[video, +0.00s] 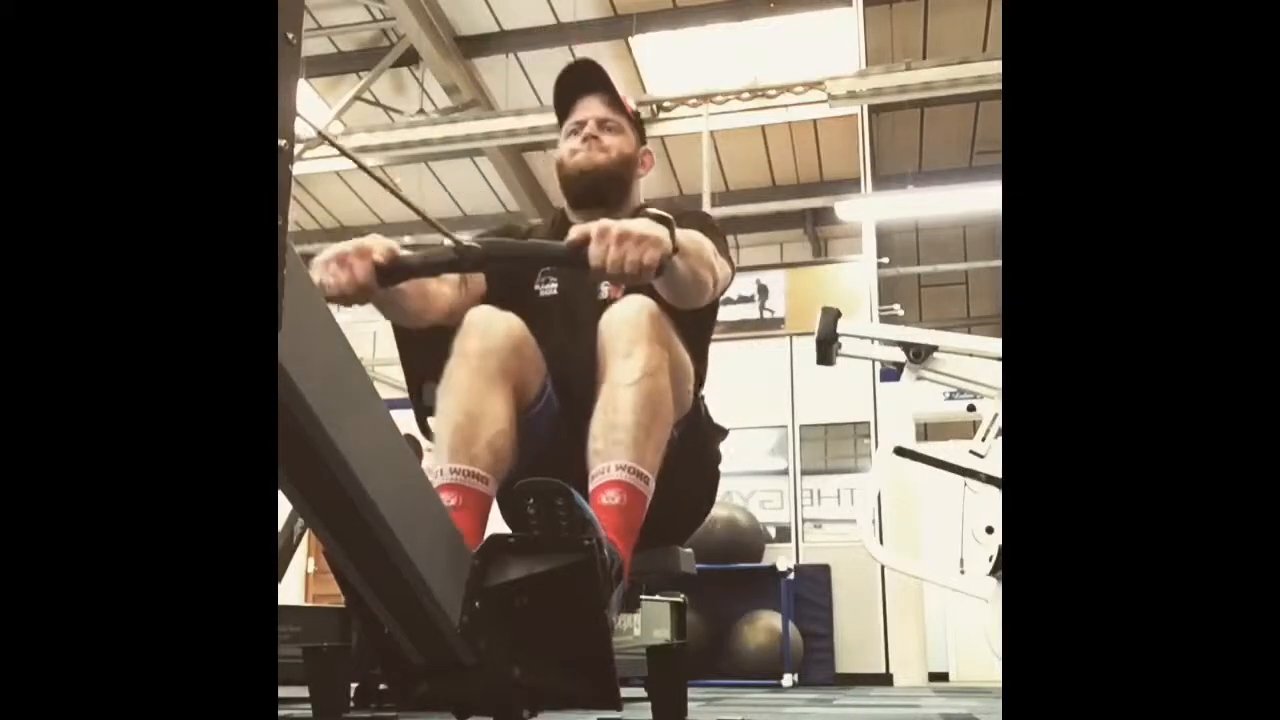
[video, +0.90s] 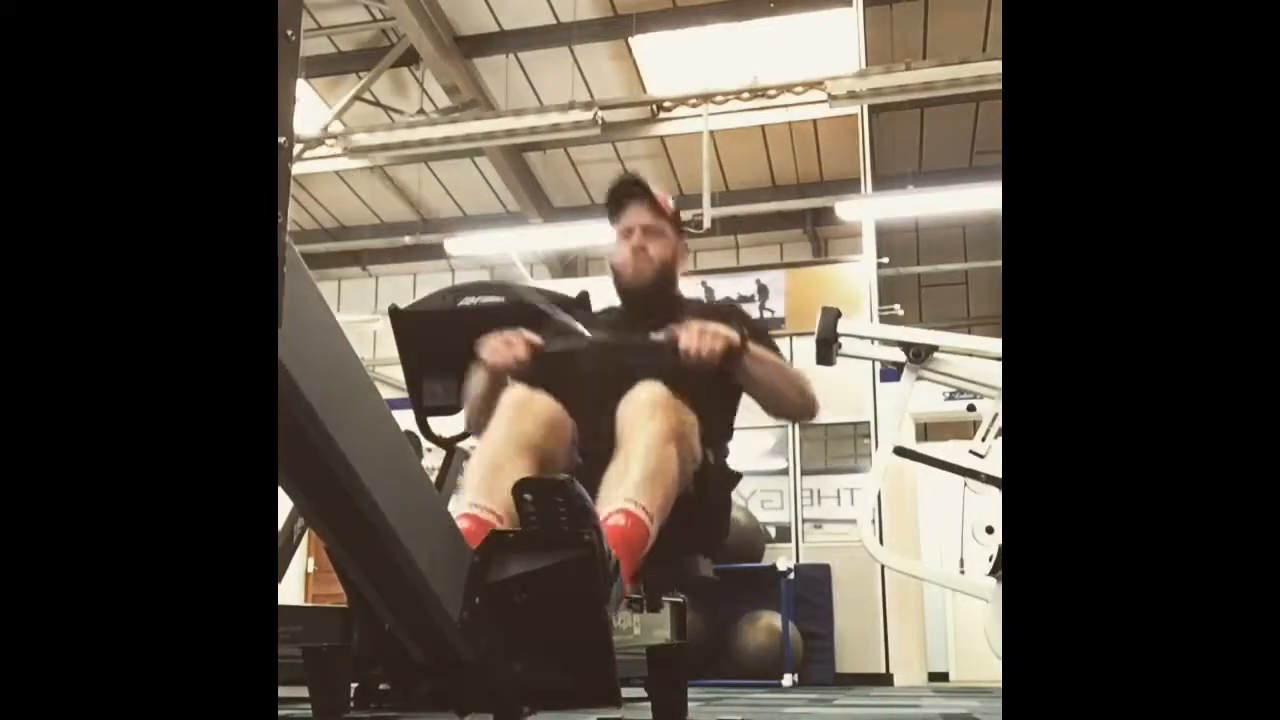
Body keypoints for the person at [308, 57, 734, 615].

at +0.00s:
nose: (588, 134)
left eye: (608, 127)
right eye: (574, 131)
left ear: (643, 159)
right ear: (557, 164)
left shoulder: (683, 228)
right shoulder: (518, 244)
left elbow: (702, 284)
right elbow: (445, 293)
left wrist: (663, 248)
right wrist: (383, 280)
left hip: (656, 475)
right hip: (537, 474)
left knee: (635, 317)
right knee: (485, 327)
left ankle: (606, 562)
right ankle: (448, 563)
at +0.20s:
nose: (608, 168)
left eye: (626, 162)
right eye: (595, 164)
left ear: (658, 192)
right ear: (579, 196)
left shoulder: (695, 257)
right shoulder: (546, 270)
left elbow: (712, 310)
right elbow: (480, 320)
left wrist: (683, 279)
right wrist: (429, 313)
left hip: (669, 487)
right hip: (559, 483)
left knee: (649, 357)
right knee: (497, 365)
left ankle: (602, 569)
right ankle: (445, 562)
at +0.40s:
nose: (636, 225)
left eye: (650, 218)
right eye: (625, 219)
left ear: (677, 239)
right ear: (612, 239)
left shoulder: (706, 299)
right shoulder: (581, 314)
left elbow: (738, 347)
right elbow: (524, 360)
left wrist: (711, 328)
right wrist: (483, 351)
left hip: (682, 490)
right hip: (580, 485)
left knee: (660, 418)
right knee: (519, 422)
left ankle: (603, 567)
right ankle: (457, 555)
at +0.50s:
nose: (649, 258)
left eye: (663, 251)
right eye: (637, 253)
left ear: (688, 269)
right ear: (623, 272)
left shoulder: (716, 335)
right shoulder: (593, 345)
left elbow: (758, 386)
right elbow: (522, 396)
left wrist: (724, 357)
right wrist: (505, 370)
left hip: (691, 485)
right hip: (591, 482)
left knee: (658, 462)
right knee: (530, 460)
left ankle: (606, 576)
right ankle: (463, 562)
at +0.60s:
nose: (656, 286)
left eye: (671, 279)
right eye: (644, 279)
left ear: (695, 299)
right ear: (631, 298)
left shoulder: (724, 361)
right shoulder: (597, 365)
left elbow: (784, 434)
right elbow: (523, 443)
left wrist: (739, 390)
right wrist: (524, 407)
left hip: (693, 495)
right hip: (593, 494)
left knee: (653, 484)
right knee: (544, 495)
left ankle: (607, 590)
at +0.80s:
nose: (645, 277)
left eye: (661, 267)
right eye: (634, 267)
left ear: (687, 281)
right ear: (621, 281)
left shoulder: (725, 345)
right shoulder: (589, 352)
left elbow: (812, 435)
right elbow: (500, 441)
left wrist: (751, 379)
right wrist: (525, 396)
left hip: (689, 503)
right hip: (584, 495)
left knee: (652, 435)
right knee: (536, 437)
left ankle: (606, 574)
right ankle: (466, 555)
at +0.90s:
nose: (637, 245)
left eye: (652, 234)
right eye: (626, 235)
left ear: (680, 249)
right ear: (612, 249)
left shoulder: (722, 323)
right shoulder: (576, 330)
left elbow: (803, 406)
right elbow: (478, 425)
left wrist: (736, 353)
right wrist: (488, 366)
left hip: (685, 505)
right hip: (573, 495)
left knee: (651, 400)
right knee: (525, 402)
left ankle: (612, 561)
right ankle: (464, 547)